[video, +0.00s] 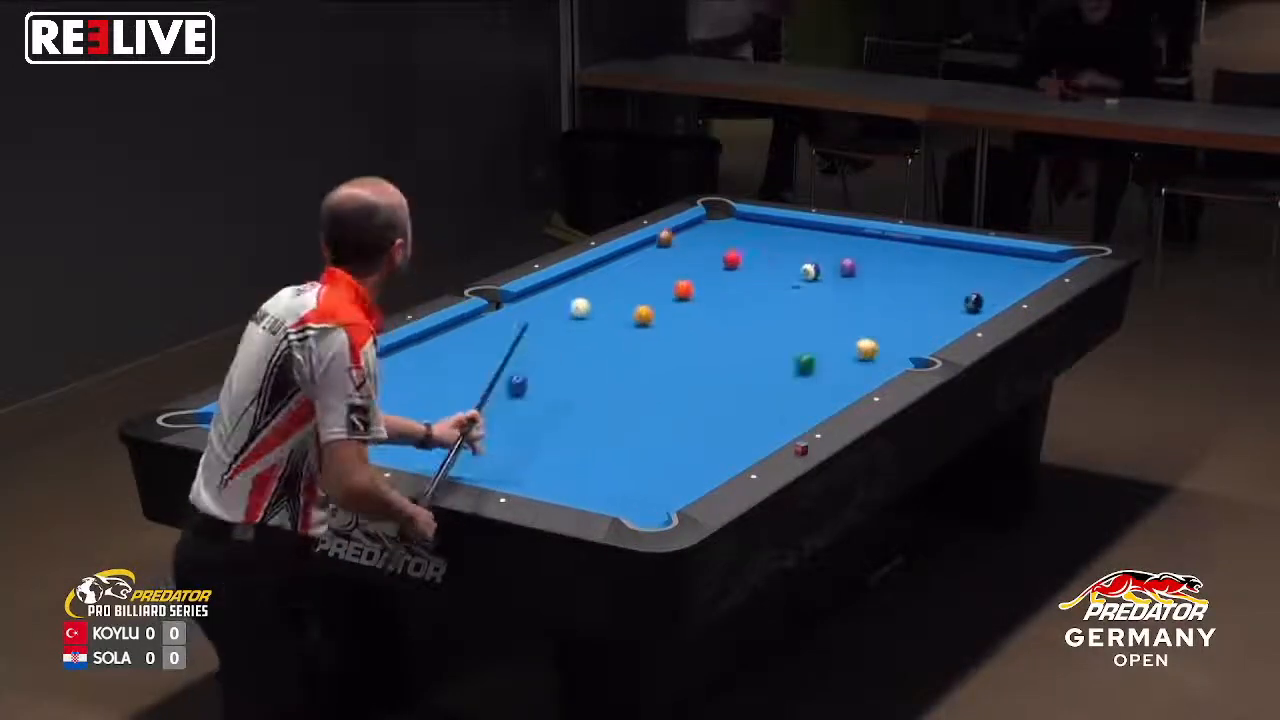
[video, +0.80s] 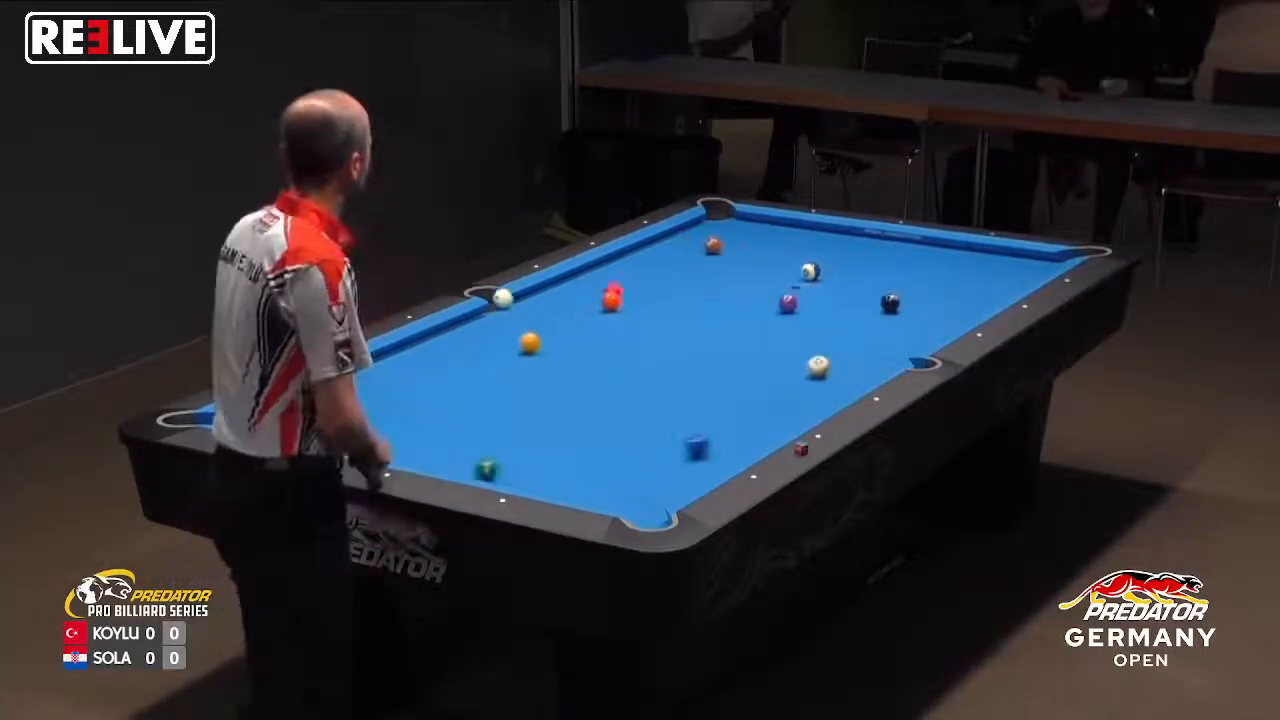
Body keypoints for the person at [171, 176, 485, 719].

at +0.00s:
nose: (410, 244)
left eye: (407, 231)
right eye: (409, 234)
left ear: (330, 239)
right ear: (397, 251)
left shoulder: (289, 302)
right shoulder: (343, 334)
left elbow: (337, 415)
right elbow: (348, 482)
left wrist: (429, 432)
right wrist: (407, 512)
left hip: (211, 538)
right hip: (252, 556)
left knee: (252, 696)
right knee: (277, 699)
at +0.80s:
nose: (370, 158)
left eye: (366, 146)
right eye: (369, 148)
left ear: (288, 155)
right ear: (357, 163)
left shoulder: (248, 232)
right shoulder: (316, 262)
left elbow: (257, 364)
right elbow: (339, 419)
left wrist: (343, 436)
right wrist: (373, 457)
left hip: (235, 475)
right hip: (290, 488)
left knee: (274, 658)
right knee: (316, 663)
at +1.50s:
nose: (335, 165)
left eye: (331, 153)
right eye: (333, 154)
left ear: (251, 163)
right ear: (321, 167)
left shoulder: (208, 255)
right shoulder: (313, 282)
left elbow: (196, 378)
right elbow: (357, 440)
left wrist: (241, 441)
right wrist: (407, 496)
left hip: (247, 497)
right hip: (319, 503)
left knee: (281, 664)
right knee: (348, 662)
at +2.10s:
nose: (336, 221)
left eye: (332, 205)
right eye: (335, 208)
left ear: (246, 208)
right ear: (320, 222)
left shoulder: (190, 309)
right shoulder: (323, 345)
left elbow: (186, 442)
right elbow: (368, 498)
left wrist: (196, 535)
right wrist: (418, 593)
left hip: (237, 564)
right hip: (318, 572)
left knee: (273, 699)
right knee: (351, 700)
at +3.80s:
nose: (279, 211)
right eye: (278, 200)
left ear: (186, 207)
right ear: (270, 212)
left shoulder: (131, 306)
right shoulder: (288, 332)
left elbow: (113, 449)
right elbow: (331, 489)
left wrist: (132, 523)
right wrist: (359, 583)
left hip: (174, 550)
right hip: (270, 556)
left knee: (174, 701)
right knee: (283, 698)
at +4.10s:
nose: (204, 189)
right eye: (204, 177)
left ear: (117, 179)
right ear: (198, 187)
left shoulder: (61, 284)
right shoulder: (233, 301)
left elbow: (33, 429)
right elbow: (274, 447)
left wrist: (63, 465)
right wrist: (290, 533)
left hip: (106, 525)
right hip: (207, 527)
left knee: (131, 695)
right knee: (243, 684)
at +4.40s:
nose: (157, 177)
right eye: (157, 166)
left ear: (74, 168)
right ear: (151, 174)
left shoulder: (21, 271)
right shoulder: (195, 276)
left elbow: (8, 409)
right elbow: (227, 419)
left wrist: (48, 409)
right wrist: (221, 497)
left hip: (72, 514)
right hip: (173, 508)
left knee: (108, 683)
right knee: (193, 674)